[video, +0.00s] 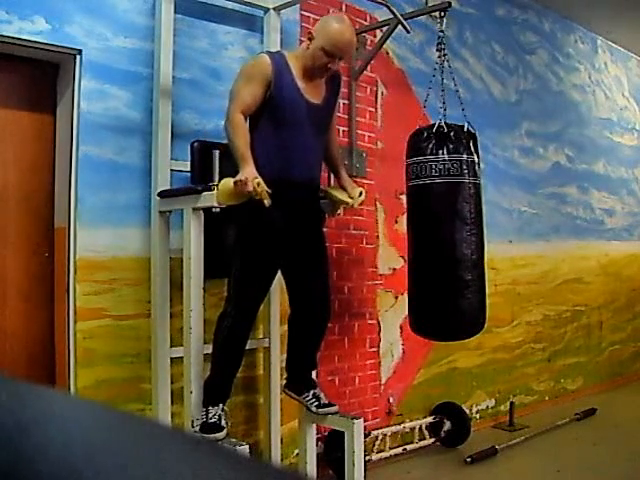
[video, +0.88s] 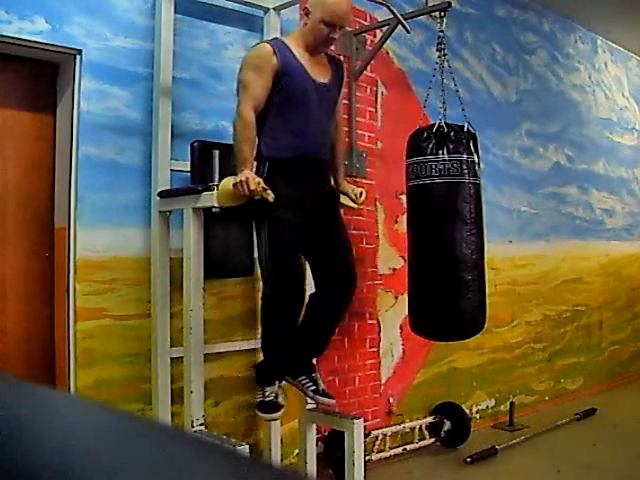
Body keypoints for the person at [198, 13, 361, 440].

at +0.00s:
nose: (333, 65)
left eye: (339, 61)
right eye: (329, 56)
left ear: (344, 58)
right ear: (311, 39)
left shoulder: (331, 84)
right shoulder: (265, 67)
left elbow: (325, 134)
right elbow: (236, 115)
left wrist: (343, 175)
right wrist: (246, 166)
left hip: (304, 208)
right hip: (262, 205)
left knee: (314, 303)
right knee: (241, 308)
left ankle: (300, 381)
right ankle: (213, 404)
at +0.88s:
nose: (334, 35)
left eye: (340, 29)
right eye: (330, 25)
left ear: (344, 28)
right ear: (307, 12)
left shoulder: (334, 68)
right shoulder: (267, 55)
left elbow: (333, 124)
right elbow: (246, 113)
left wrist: (339, 177)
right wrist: (246, 169)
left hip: (316, 185)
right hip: (276, 184)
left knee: (340, 280)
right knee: (284, 284)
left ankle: (301, 360)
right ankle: (270, 375)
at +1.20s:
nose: (341, 40)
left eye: (347, 33)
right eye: (335, 30)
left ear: (351, 33)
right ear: (310, 21)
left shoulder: (340, 75)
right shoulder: (273, 63)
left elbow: (335, 127)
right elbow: (240, 114)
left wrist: (338, 177)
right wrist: (245, 169)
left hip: (318, 194)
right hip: (278, 194)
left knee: (337, 294)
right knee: (286, 296)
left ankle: (295, 371)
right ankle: (272, 380)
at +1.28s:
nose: (346, 46)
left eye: (352, 39)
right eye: (340, 37)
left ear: (353, 39)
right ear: (316, 31)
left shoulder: (342, 78)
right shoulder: (277, 68)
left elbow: (339, 128)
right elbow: (237, 114)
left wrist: (340, 178)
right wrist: (244, 169)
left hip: (318, 204)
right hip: (277, 202)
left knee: (335, 298)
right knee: (284, 300)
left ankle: (296, 377)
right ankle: (268, 386)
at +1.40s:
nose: (357, 69)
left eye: (362, 62)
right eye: (350, 59)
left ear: (363, 62)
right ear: (324, 53)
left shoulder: (347, 98)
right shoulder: (283, 84)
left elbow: (338, 137)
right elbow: (232, 116)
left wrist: (341, 178)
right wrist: (242, 169)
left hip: (309, 219)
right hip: (271, 216)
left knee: (329, 311)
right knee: (283, 313)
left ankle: (290, 396)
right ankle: (255, 392)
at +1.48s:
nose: (361, 83)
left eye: (364, 74)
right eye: (354, 73)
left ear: (364, 73)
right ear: (328, 66)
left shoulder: (350, 108)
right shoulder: (286, 93)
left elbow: (339, 146)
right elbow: (231, 117)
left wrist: (340, 180)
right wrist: (242, 169)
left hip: (305, 223)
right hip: (266, 220)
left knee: (327, 316)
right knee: (281, 315)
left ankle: (279, 396)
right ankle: (252, 391)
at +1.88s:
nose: (374, 142)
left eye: (379, 134)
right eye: (367, 132)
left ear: (381, 132)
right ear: (341, 124)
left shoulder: (356, 159)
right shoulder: (300, 138)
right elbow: (243, 117)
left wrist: (342, 195)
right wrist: (243, 170)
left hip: (297, 262)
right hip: (258, 255)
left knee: (311, 352)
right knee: (256, 348)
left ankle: (238, 401)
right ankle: (242, 424)